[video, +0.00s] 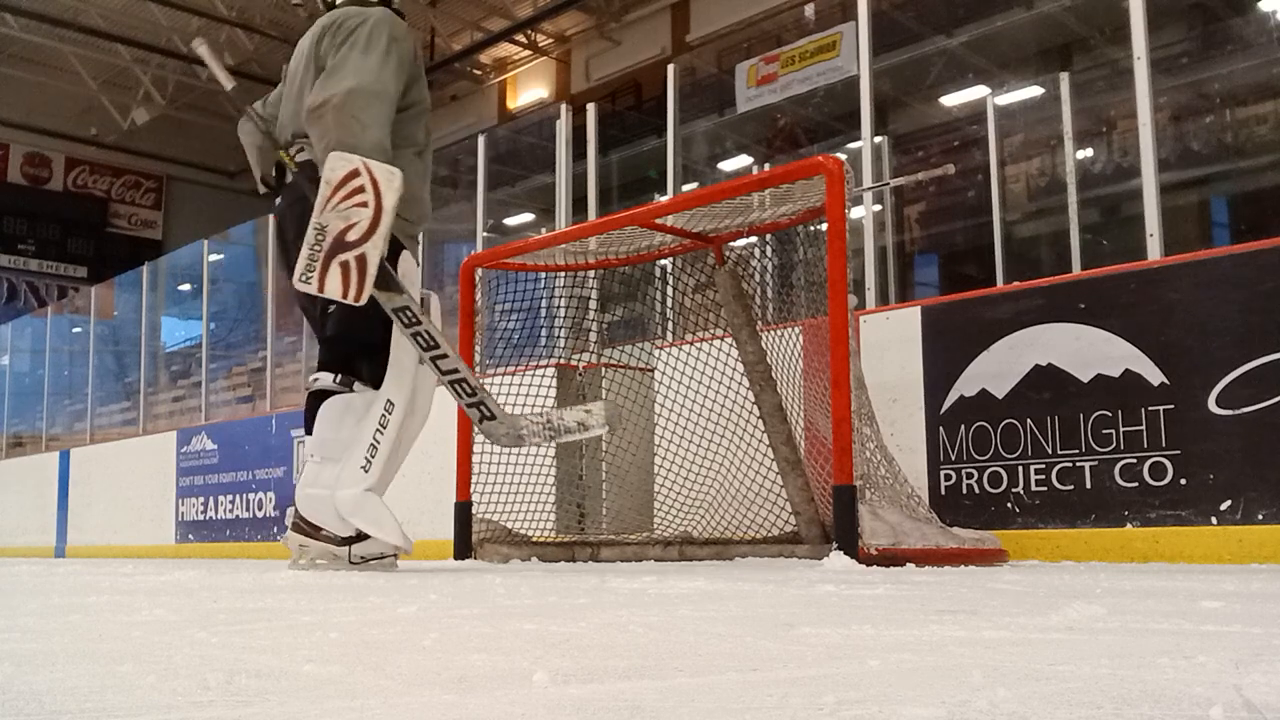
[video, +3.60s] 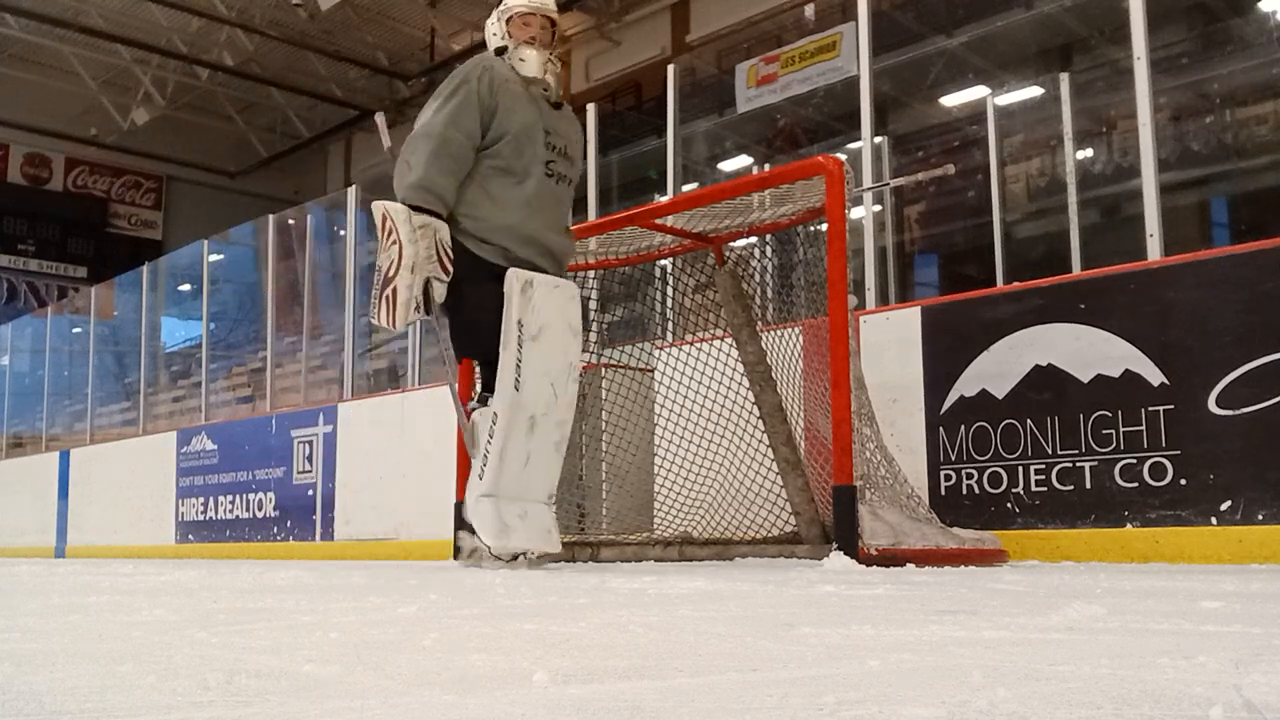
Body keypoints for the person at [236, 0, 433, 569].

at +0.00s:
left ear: (335, 1)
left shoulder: (314, 46)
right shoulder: (375, 26)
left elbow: (259, 117)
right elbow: (347, 117)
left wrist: (272, 175)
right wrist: (355, 233)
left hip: (309, 219)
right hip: (356, 225)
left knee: (346, 366)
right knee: (393, 369)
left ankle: (321, 517)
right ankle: (333, 513)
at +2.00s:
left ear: (386, 1)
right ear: (430, 2)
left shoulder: (358, 47)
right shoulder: (415, 27)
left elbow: (302, 123)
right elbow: (371, 102)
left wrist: (278, 199)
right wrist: (385, 209)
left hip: (359, 231)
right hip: (404, 232)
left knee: (376, 373)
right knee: (416, 376)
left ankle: (349, 514)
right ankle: (363, 516)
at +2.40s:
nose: (452, 16)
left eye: (451, 11)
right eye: (448, 10)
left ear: (392, 17)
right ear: (428, 13)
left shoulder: (358, 76)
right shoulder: (421, 45)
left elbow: (308, 142)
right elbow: (395, 117)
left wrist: (331, 199)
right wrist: (432, 219)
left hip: (353, 229)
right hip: (398, 223)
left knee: (383, 371)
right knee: (436, 373)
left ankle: (355, 513)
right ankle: (366, 507)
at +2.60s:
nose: (463, 38)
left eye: (465, 31)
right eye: (455, 27)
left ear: (417, 26)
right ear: (427, 22)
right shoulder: (423, 56)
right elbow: (383, 126)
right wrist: (416, 234)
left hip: (377, 236)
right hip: (395, 230)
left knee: (395, 374)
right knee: (423, 373)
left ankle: (368, 510)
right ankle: (371, 504)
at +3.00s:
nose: (501, 55)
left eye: (505, 48)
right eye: (492, 44)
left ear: (502, 55)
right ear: (462, 43)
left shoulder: (476, 108)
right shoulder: (442, 79)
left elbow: (461, 194)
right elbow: (385, 144)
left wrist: (491, 255)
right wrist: (382, 241)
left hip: (449, 259)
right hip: (439, 255)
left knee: (430, 389)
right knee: (469, 382)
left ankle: (395, 513)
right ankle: (445, 514)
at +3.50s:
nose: (525, 32)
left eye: (535, 24)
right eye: (515, 23)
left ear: (548, 35)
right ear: (499, 31)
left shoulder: (549, 110)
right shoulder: (478, 77)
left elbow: (540, 192)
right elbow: (428, 148)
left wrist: (541, 260)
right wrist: (409, 236)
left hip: (525, 267)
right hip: (469, 257)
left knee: (510, 397)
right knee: (492, 396)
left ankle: (458, 525)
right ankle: (474, 526)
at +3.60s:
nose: (533, 29)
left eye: (542, 22)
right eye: (522, 19)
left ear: (553, 34)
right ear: (503, 28)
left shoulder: (565, 113)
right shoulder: (483, 73)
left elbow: (562, 190)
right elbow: (438, 139)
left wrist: (553, 246)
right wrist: (422, 218)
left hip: (545, 268)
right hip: (482, 255)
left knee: (542, 396)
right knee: (501, 390)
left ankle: (519, 527)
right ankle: (480, 524)